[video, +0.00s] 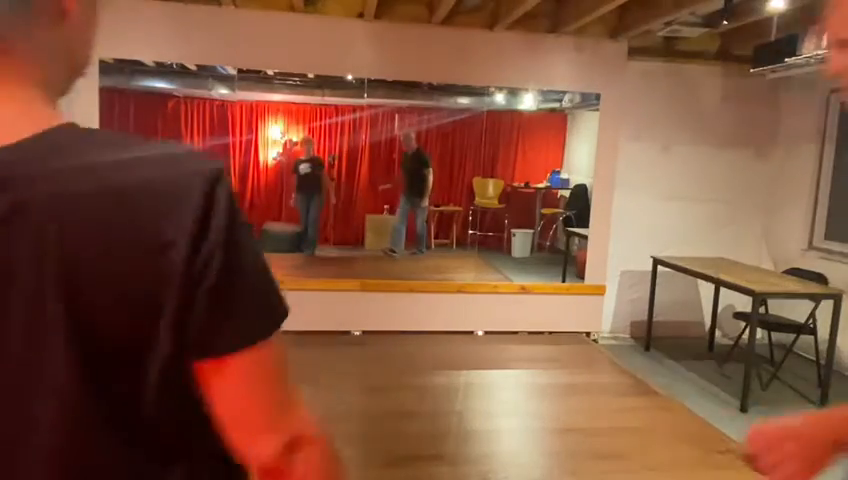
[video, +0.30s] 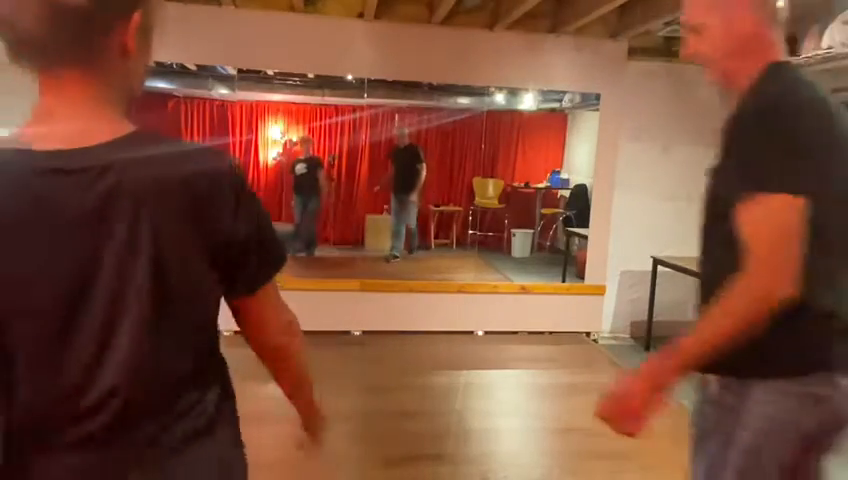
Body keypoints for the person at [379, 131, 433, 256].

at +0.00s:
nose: (405, 144)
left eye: (408, 141)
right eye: (404, 142)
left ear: (414, 141)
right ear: (402, 143)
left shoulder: (422, 156)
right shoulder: (405, 157)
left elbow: (429, 177)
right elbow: (401, 177)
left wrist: (426, 197)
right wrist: (388, 186)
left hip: (420, 195)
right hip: (407, 193)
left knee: (420, 223)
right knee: (400, 221)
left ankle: (421, 247)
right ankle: (395, 247)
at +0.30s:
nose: (401, 138)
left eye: (403, 135)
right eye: (399, 135)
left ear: (408, 136)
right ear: (396, 136)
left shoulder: (414, 149)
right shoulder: (394, 151)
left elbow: (422, 170)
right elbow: (392, 171)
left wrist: (416, 192)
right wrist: (381, 184)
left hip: (410, 191)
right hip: (397, 190)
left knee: (411, 222)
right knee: (397, 222)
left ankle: (412, 246)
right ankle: (395, 251)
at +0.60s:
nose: (395, 136)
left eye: (397, 132)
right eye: (393, 132)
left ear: (402, 133)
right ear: (390, 133)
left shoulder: (408, 149)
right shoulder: (386, 150)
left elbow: (417, 172)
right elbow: (380, 169)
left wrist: (414, 192)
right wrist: (374, 183)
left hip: (403, 190)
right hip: (389, 189)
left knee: (396, 220)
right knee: (390, 220)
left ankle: (394, 253)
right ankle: (392, 252)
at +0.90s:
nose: (390, 133)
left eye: (393, 130)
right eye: (388, 130)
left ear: (397, 133)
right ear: (384, 132)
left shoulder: (402, 149)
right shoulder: (380, 150)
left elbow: (411, 173)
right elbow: (373, 169)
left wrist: (412, 195)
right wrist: (364, 178)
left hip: (395, 192)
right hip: (380, 191)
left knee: (385, 223)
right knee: (378, 222)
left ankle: (380, 257)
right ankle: (388, 252)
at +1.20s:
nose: (381, 135)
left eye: (384, 132)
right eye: (379, 132)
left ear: (390, 132)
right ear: (375, 132)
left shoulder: (395, 149)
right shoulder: (372, 149)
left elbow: (403, 173)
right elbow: (367, 170)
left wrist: (398, 191)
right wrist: (353, 177)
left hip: (388, 193)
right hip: (373, 192)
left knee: (384, 226)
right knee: (365, 224)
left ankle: (381, 249)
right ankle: (359, 248)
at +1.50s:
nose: (371, 134)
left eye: (374, 130)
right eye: (369, 130)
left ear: (380, 131)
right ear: (365, 132)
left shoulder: (387, 148)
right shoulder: (363, 151)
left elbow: (391, 175)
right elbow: (356, 174)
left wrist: (375, 190)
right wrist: (337, 183)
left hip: (382, 195)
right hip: (365, 194)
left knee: (380, 230)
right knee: (360, 230)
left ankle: (379, 260)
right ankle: (354, 262)